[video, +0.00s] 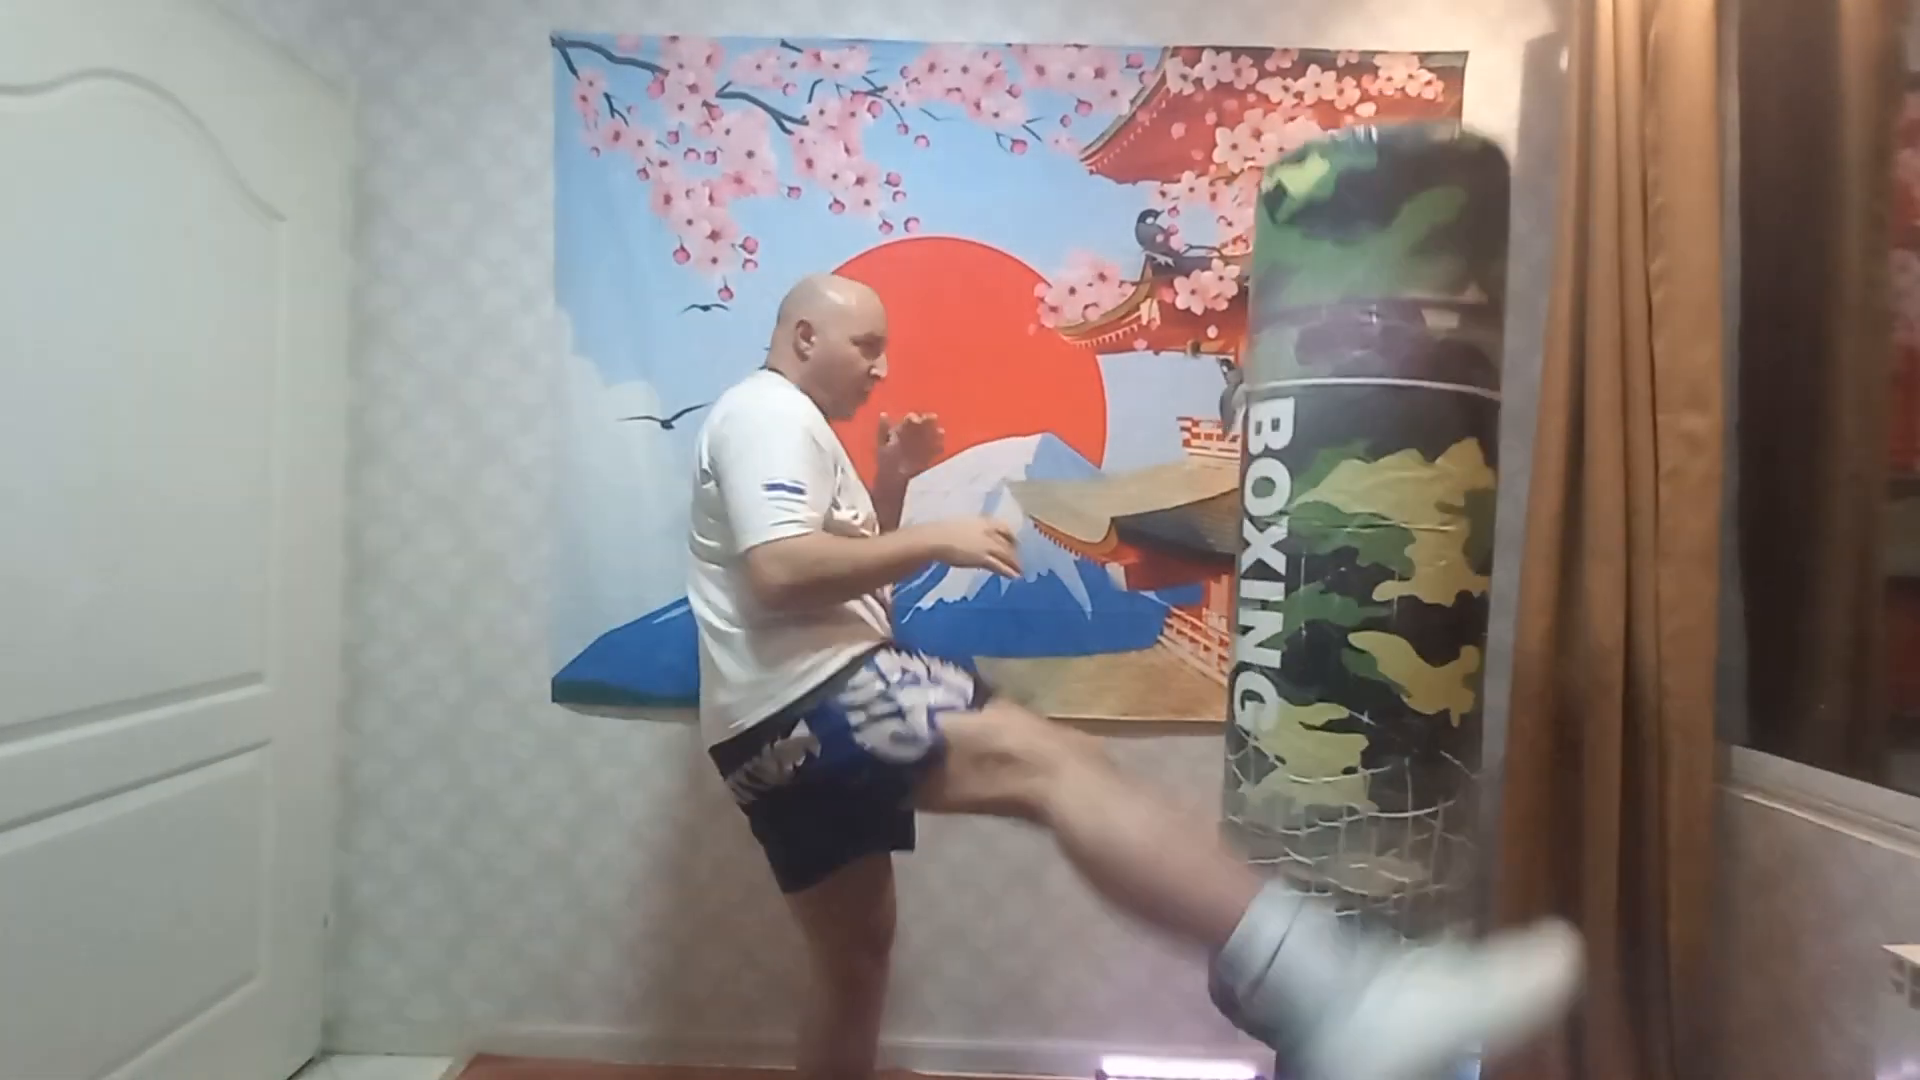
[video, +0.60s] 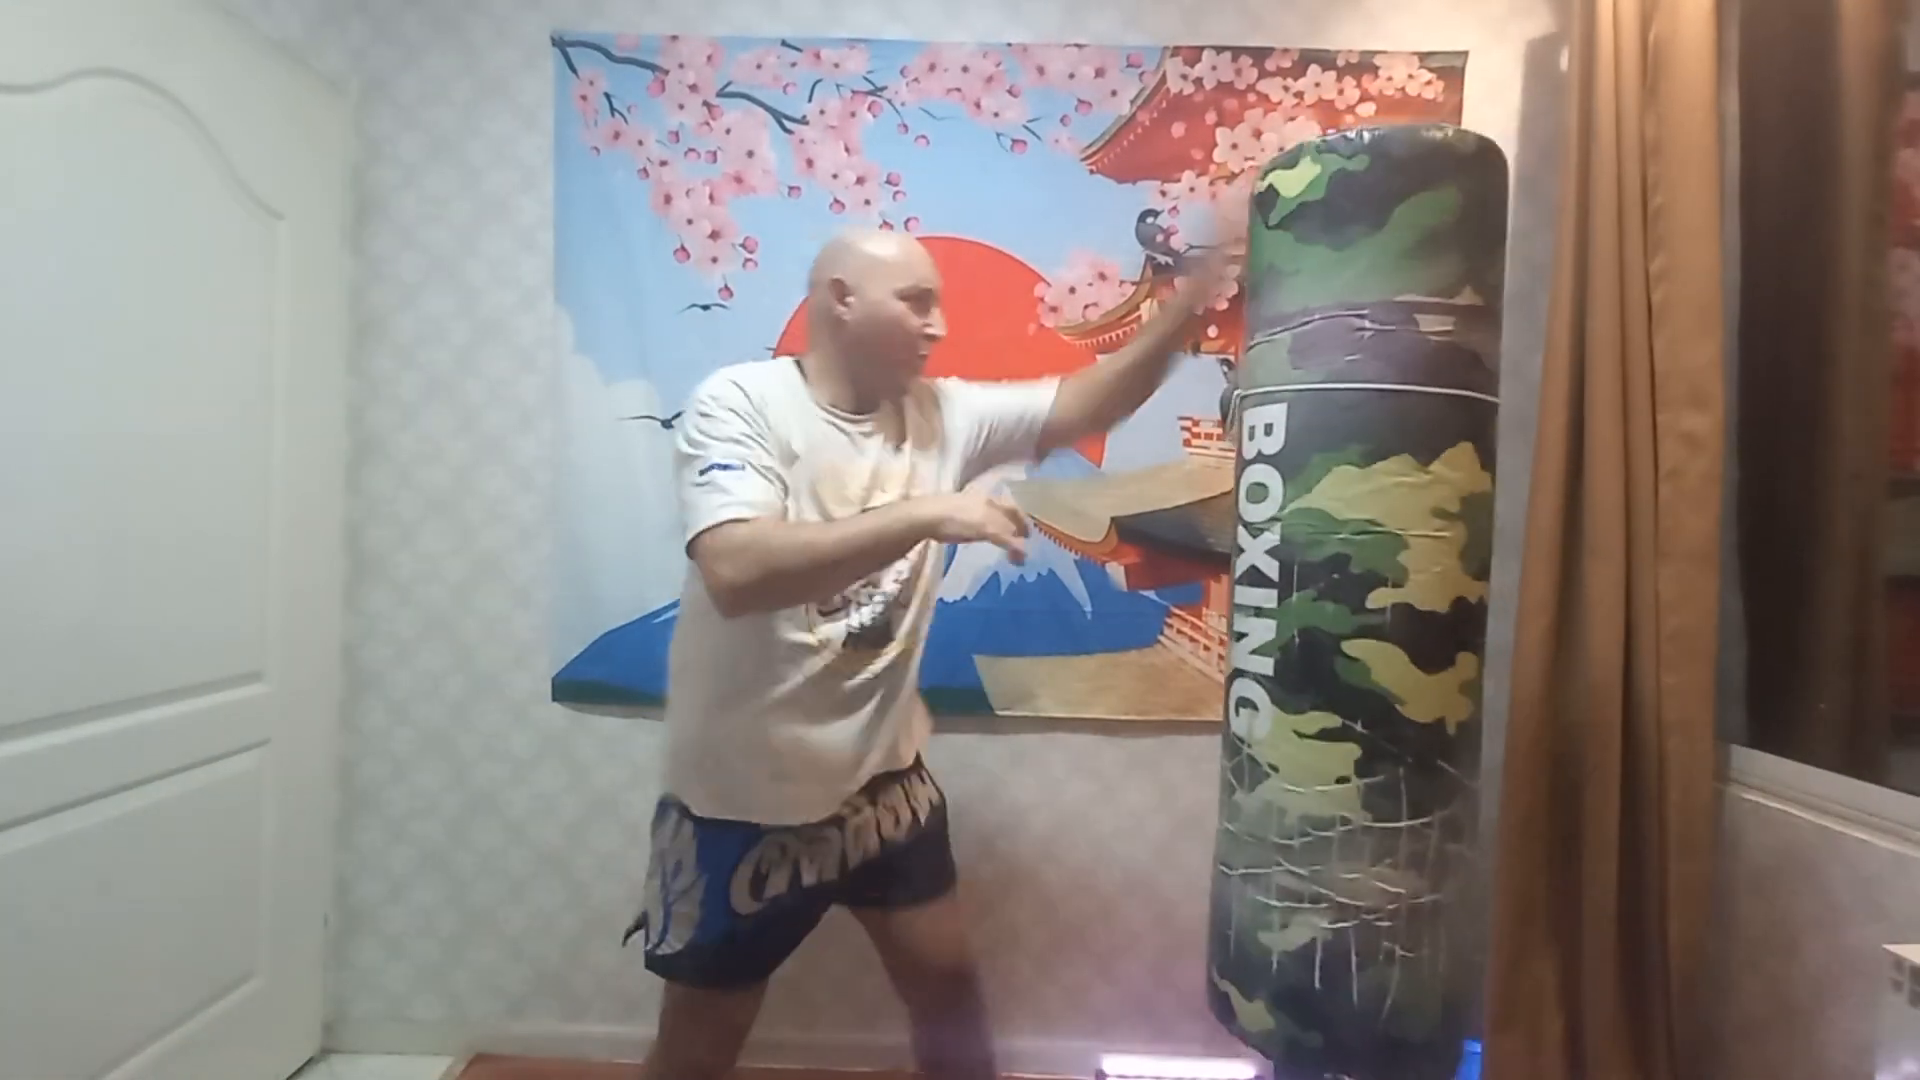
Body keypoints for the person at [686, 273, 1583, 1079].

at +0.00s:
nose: (877, 370)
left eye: (879, 354)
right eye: (863, 348)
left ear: (809, 343)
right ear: (798, 336)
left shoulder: (787, 429)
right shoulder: (768, 411)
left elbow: (816, 576)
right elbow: (777, 569)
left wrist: (887, 505)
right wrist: (933, 541)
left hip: (780, 719)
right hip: (811, 695)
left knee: (850, 971)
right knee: (1057, 763)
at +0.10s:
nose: (885, 358)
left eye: (887, 341)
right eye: (871, 337)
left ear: (808, 337)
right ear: (807, 332)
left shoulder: (799, 421)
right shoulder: (772, 405)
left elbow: (837, 567)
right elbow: (777, 560)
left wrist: (895, 486)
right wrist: (910, 500)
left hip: (769, 729)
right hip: (820, 701)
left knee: (846, 961)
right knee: (1032, 832)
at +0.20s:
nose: (886, 350)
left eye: (888, 332)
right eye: (870, 329)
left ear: (802, 331)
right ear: (805, 325)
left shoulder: (777, 403)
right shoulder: (782, 398)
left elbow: (854, 553)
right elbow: (846, 529)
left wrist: (902, 461)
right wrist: (951, 427)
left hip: (782, 737)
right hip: (812, 733)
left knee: (848, 989)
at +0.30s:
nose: (883, 342)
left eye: (885, 325)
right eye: (868, 320)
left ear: (806, 321)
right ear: (801, 316)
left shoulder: (822, 416)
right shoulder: (762, 395)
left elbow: (885, 561)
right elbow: (947, 448)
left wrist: (901, 471)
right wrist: (1097, 369)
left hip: (849, 751)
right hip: (778, 759)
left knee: (841, 1031)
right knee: (817, 1036)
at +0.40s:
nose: (888, 333)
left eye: (889, 315)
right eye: (868, 310)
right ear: (797, 311)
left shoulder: (859, 431)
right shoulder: (744, 391)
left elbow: (923, 569)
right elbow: (918, 449)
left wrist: (914, 473)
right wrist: (1102, 380)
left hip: (867, 769)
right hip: (747, 781)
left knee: (907, 965)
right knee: (705, 1039)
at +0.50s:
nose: (906, 323)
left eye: (907, 304)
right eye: (886, 301)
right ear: (810, 301)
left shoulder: (899, 426)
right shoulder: (724, 403)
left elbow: (1006, 504)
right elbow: (789, 539)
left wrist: (1002, 407)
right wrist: (980, 463)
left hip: (872, 772)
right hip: (738, 784)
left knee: (948, 955)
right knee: (688, 1050)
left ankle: (912, 1078)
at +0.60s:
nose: (935, 324)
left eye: (936, 304)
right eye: (915, 301)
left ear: (858, 305)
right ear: (840, 302)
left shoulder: (947, 414)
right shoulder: (735, 403)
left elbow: (1085, 403)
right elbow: (736, 571)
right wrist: (925, 513)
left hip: (884, 781)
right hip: (743, 799)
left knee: (949, 989)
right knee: (697, 1049)